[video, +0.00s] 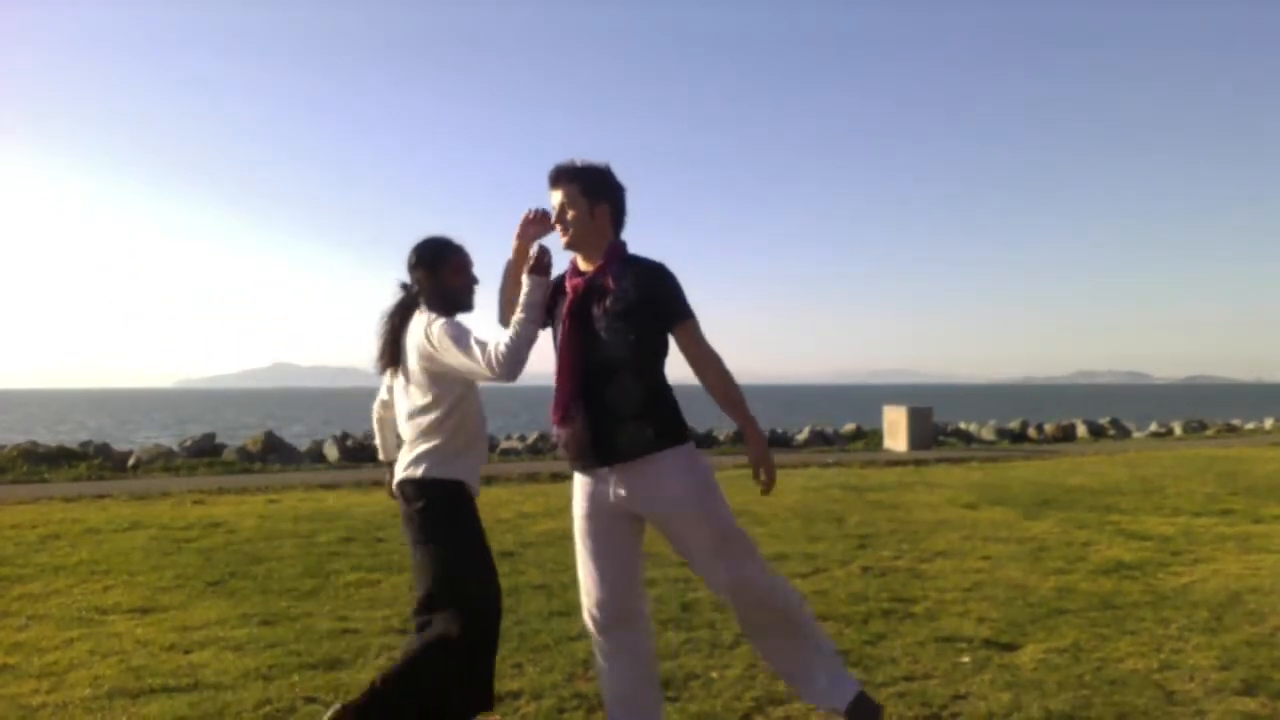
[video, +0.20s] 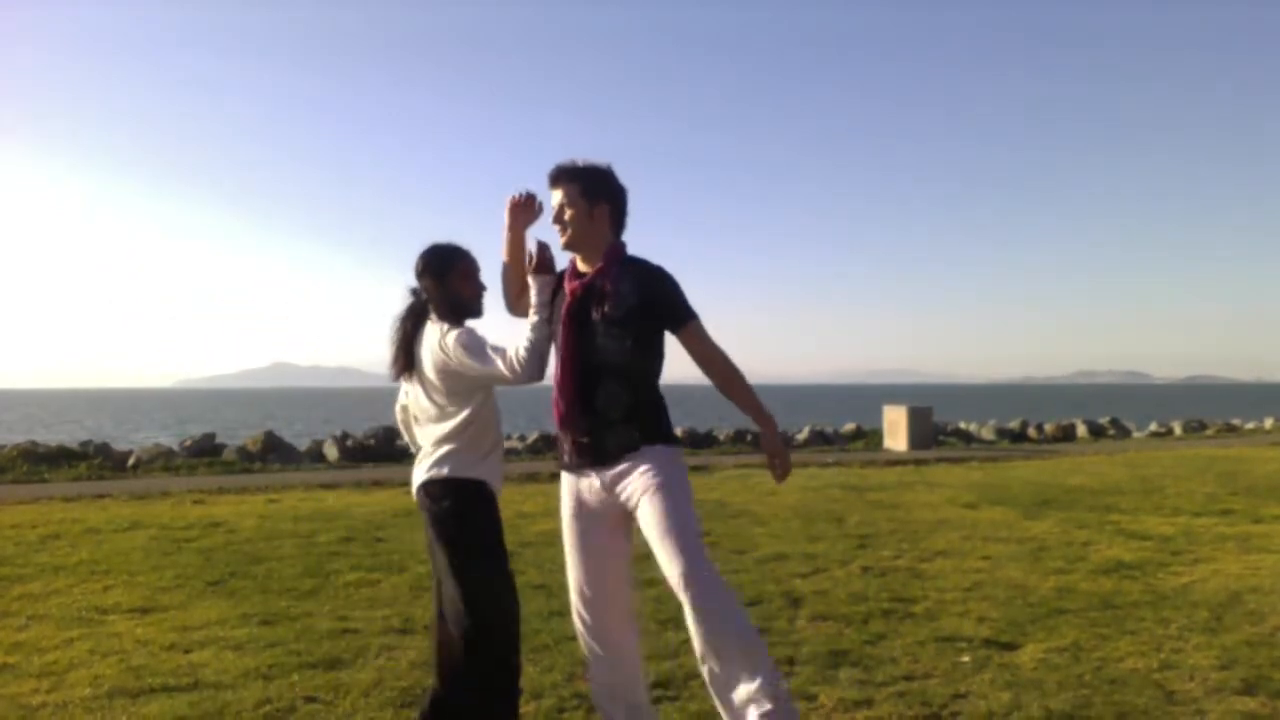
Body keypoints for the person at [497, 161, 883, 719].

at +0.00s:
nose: (556, 220)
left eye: (567, 210)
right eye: (554, 212)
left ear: (605, 212)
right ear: (557, 219)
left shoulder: (646, 277)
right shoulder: (558, 287)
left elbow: (700, 357)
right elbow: (510, 317)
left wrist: (750, 430)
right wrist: (520, 249)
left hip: (662, 462)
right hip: (593, 473)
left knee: (743, 581)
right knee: (607, 618)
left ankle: (844, 696)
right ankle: (632, 715)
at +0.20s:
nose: (556, 219)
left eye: (566, 209)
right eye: (554, 211)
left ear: (605, 213)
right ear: (560, 219)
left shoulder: (647, 280)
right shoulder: (558, 285)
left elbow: (708, 357)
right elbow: (516, 299)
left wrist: (766, 423)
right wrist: (514, 234)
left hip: (645, 462)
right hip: (580, 473)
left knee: (689, 577)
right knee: (595, 614)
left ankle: (762, 707)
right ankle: (624, 714)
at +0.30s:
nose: (560, 221)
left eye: (570, 211)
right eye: (557, 212)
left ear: (609, 215)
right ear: (561, 221)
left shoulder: (650, 285)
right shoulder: (560, 285)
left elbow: (713, 360)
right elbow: (517, 294)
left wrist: (774, 425)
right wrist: (516, 234)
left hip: (637, 460)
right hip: (576, 471)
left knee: (648, 577)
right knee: (591, 610)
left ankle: (680, 709)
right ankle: (616, 713)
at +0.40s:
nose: (562, 220)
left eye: (573, 210)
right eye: (560, 211)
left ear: (612, 216)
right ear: (563, 220)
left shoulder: (651, 286)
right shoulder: (563, 284)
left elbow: (717, 360)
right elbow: (517, 294)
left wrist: (778, 424)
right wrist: (517, 238)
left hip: (636, 451)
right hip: (578, 461)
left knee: (607, 555)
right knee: (583, 593)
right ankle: (628, 710)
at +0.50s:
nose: (562, 218)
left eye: (573, 209)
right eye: (562, 210)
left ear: (612, 216)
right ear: (573, 218)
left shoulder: (650, 287)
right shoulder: (565, 283)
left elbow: (718, 360)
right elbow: (518, 290)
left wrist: (784, 423)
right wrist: (515, 238)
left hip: (635, 452)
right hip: (580, 460)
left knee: (574, 551)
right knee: (600, 612)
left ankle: (500, 700)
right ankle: (626, 714)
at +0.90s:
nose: (573, 222)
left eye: (584, 213)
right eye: (573, 212)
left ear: (622, 222)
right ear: (592, 221)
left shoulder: (653, 299)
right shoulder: (567, 278)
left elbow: (742, 375)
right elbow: (502, 285)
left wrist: (755, 451)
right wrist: (467, 293)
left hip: (618, 464)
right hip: (572, 461)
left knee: (515, 566)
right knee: (590, 616)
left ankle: (466, 712)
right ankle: (625, 714)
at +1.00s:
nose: (576, 224)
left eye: (588, 215)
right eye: (577, 214)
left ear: (627, 225)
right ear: (588, 221)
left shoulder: (651, 302)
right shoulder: (571, 278)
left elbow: (734, 383)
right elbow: (492, 290)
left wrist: (709, 446)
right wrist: (458, 322)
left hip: (610, 467)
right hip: (569, 463)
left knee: (515, 581)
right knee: (587, 614)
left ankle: (504, 713)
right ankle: (624, 714)